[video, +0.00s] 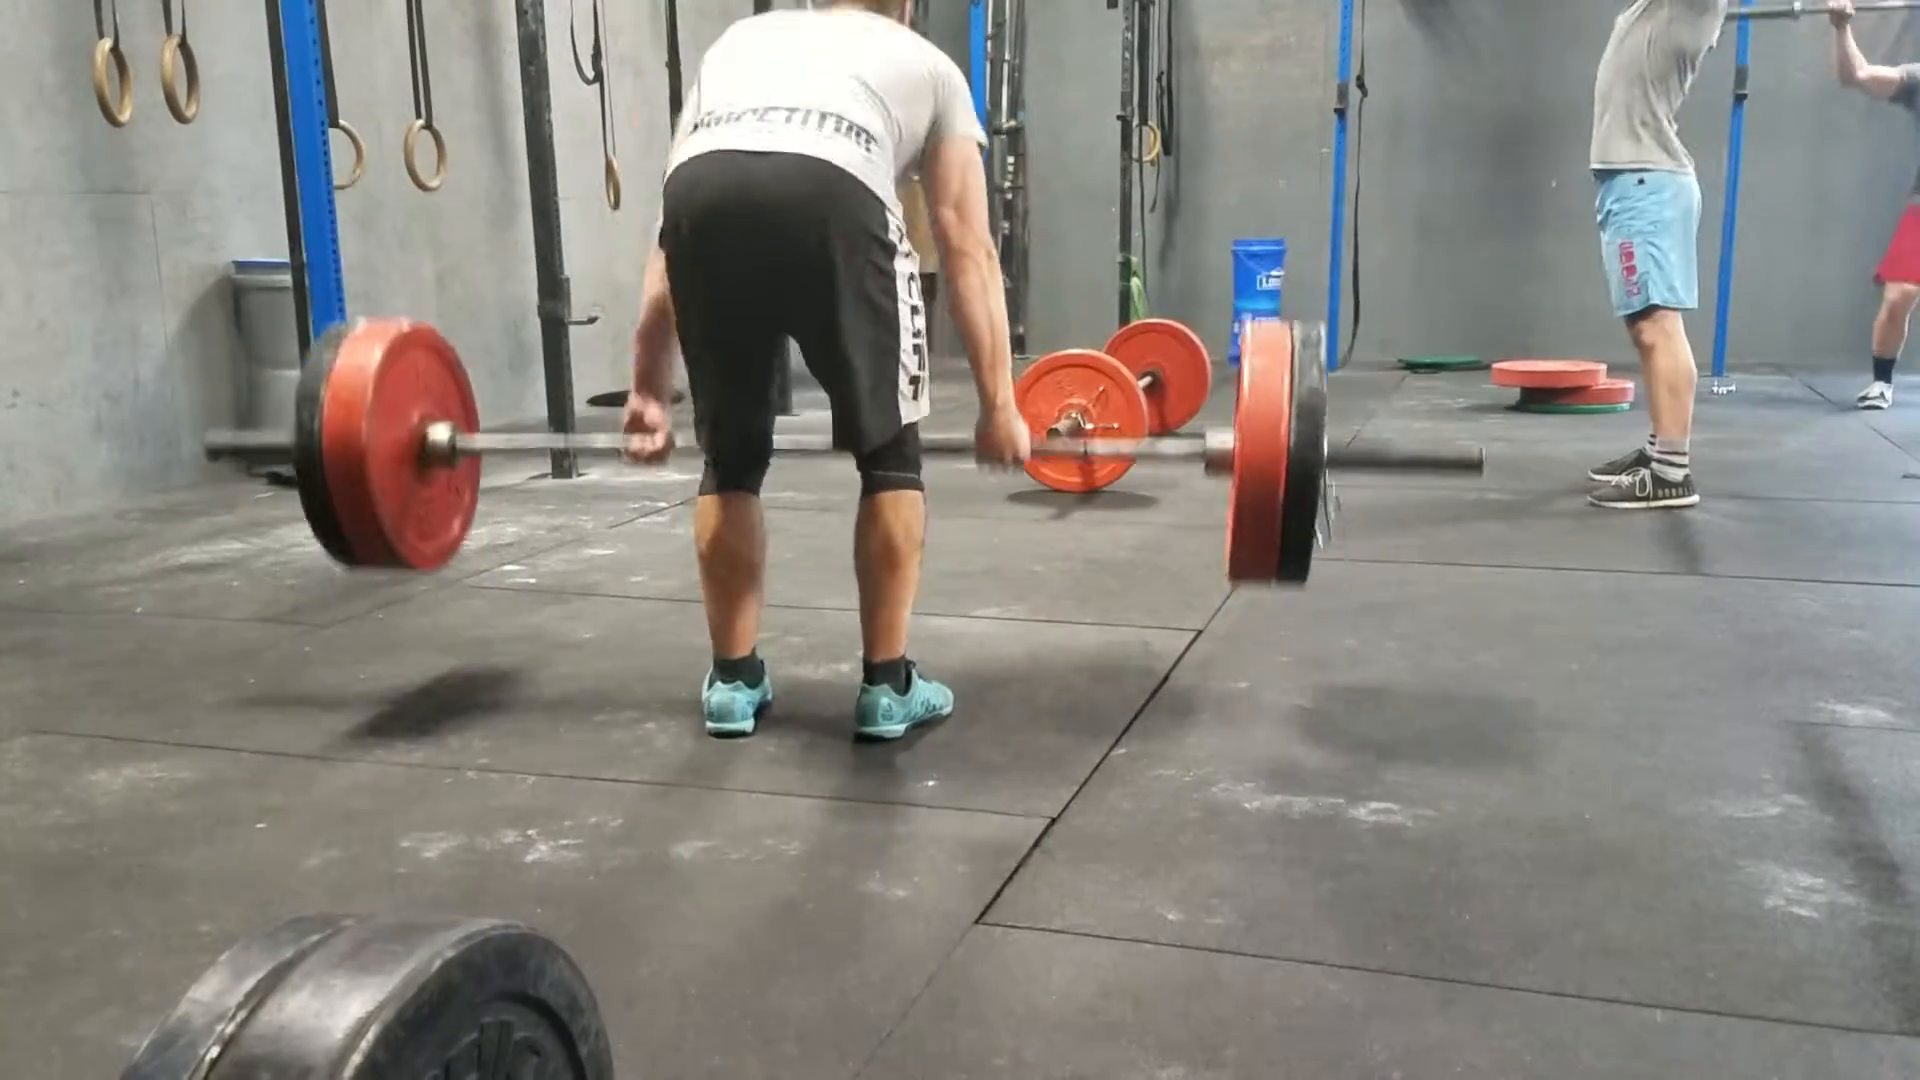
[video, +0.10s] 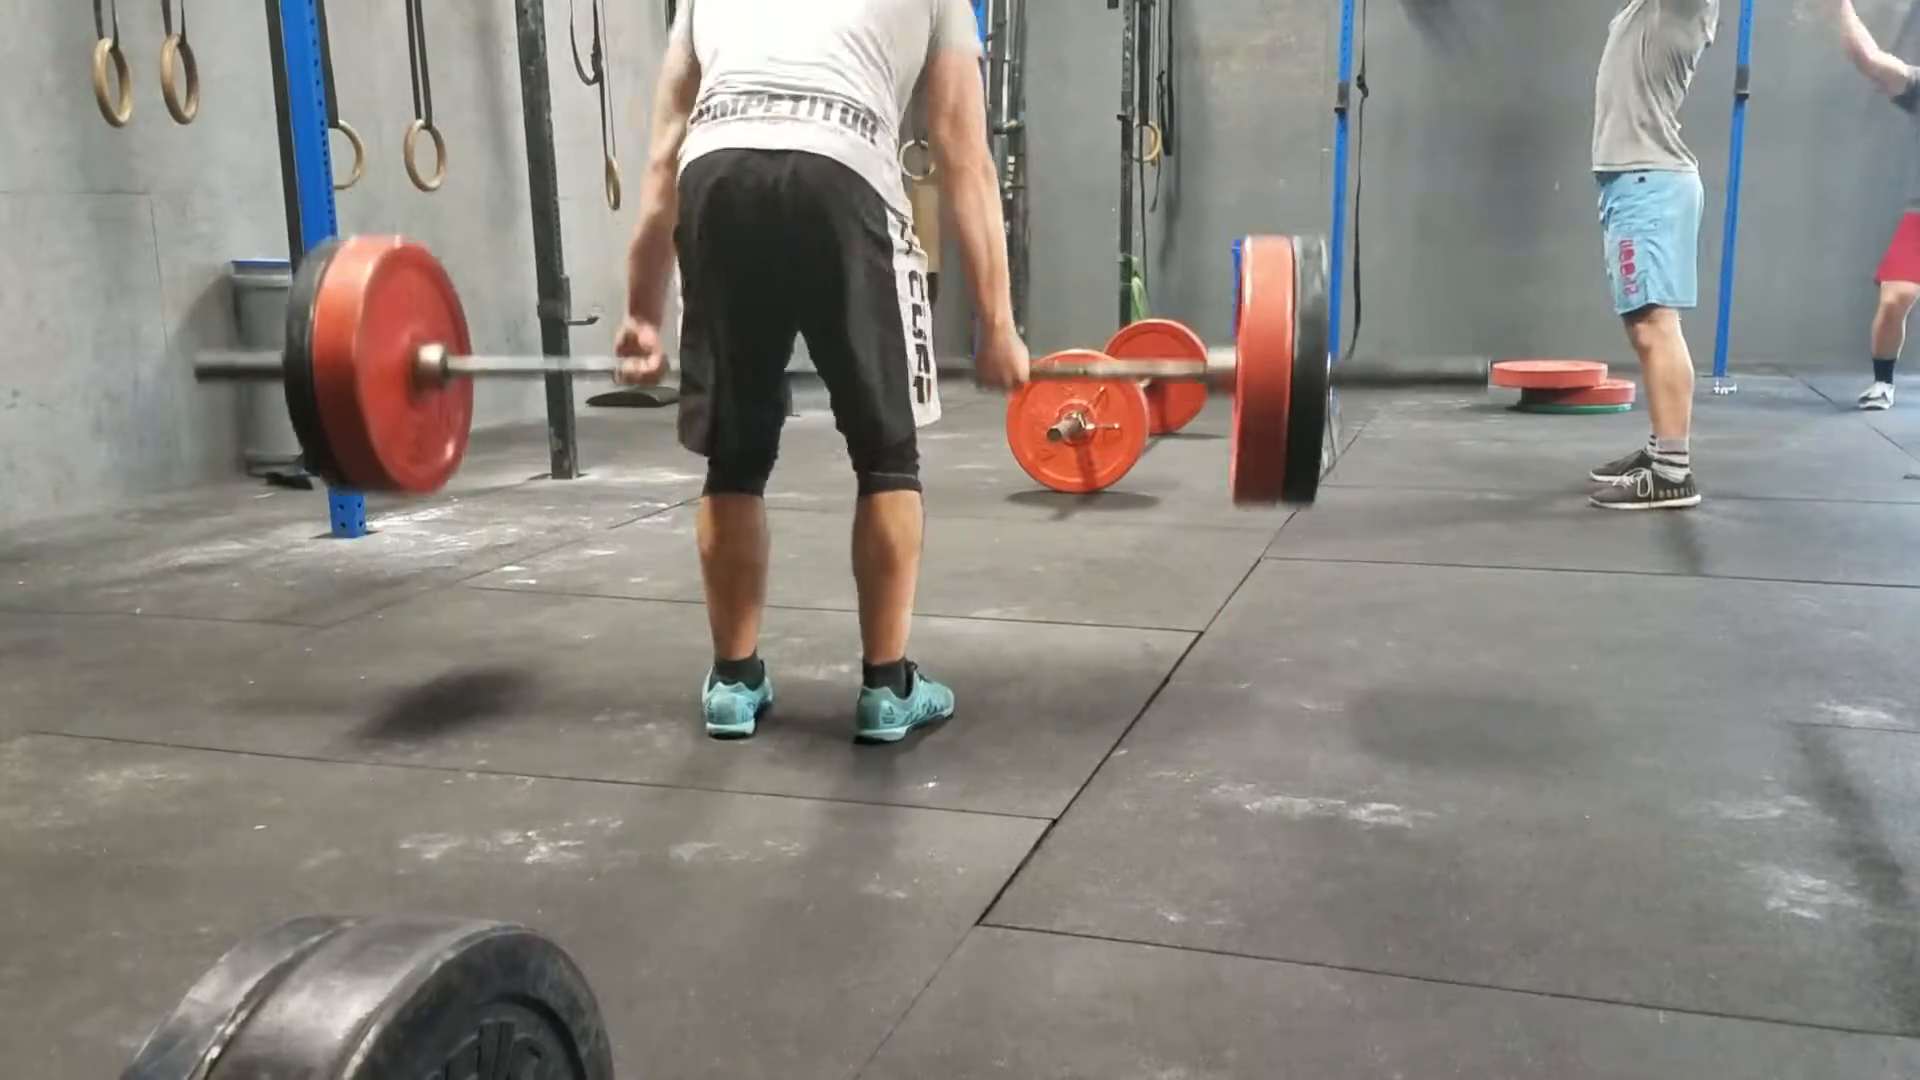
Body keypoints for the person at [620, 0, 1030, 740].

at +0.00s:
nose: (917, 24)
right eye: (917, 19)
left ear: (821, 7)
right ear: (903, 13)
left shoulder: (737, 40)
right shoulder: (931, 65)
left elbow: (676, 223)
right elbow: (963, 239)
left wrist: (649, 387)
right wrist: (999, 400)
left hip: (705, 206)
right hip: (831, 208)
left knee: (730, 461)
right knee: (888, 457)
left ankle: (732, 681)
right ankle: (886, 685)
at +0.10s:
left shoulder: (708, 10)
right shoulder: (938, 6)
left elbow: (664, 165)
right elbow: (964, 158)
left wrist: (641, 312)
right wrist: (997, 323)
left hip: (717, 181)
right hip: (842, 183)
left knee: (734, 454)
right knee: (887, 454)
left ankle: (732, 681)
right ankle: (886, 686)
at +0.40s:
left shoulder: (688, 6)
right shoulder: (928, 4)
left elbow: (657, 101)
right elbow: (960, 96)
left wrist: (637, 254)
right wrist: (996, 261)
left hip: (723, 196)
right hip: (848, 195)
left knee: (739, 455)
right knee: (880, 456)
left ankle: (732, 680)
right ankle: (885, 685)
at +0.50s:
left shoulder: (697, 6)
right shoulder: (934, 5)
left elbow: (662, 166)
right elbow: (962, 167)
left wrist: (647, 322)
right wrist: (998, 331)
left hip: (708, 209)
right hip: (839, 209)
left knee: (729, 458)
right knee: (889, 456)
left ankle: (731, 682)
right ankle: (885, 686)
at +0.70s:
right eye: (911, 108)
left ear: (816, 95)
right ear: (905, 104)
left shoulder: (744, 127)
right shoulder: (933, 160)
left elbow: (680, 358)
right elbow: (968, 352)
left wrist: (658, 494)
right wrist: (1002, 509)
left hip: (695, 248)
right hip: (836, 255)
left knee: (725, 471)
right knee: (908, 469)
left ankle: (734, 683)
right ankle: (886, 686)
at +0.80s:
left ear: (822, 159)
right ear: (908, 173)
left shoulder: (746, 181)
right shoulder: (935, 218)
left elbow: (664, 392)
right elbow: (969, 386)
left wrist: (655, 528)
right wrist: (1003, 538)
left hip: (698, 274)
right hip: (840, 288)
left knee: (728, 481)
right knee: (911, 476)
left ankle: (735, 678)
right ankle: (886, 683)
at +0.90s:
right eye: (915, 128)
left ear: (820, 109)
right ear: (906, 122)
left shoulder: (744, 140)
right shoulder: (929, 170)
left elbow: (667, 358)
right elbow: (967, 336)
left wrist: (652, 492)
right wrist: (1001, 500)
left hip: (698, 239)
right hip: (837, 247)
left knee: (733, 471)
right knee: (899, 466)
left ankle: (732, 680)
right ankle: (886, 684)